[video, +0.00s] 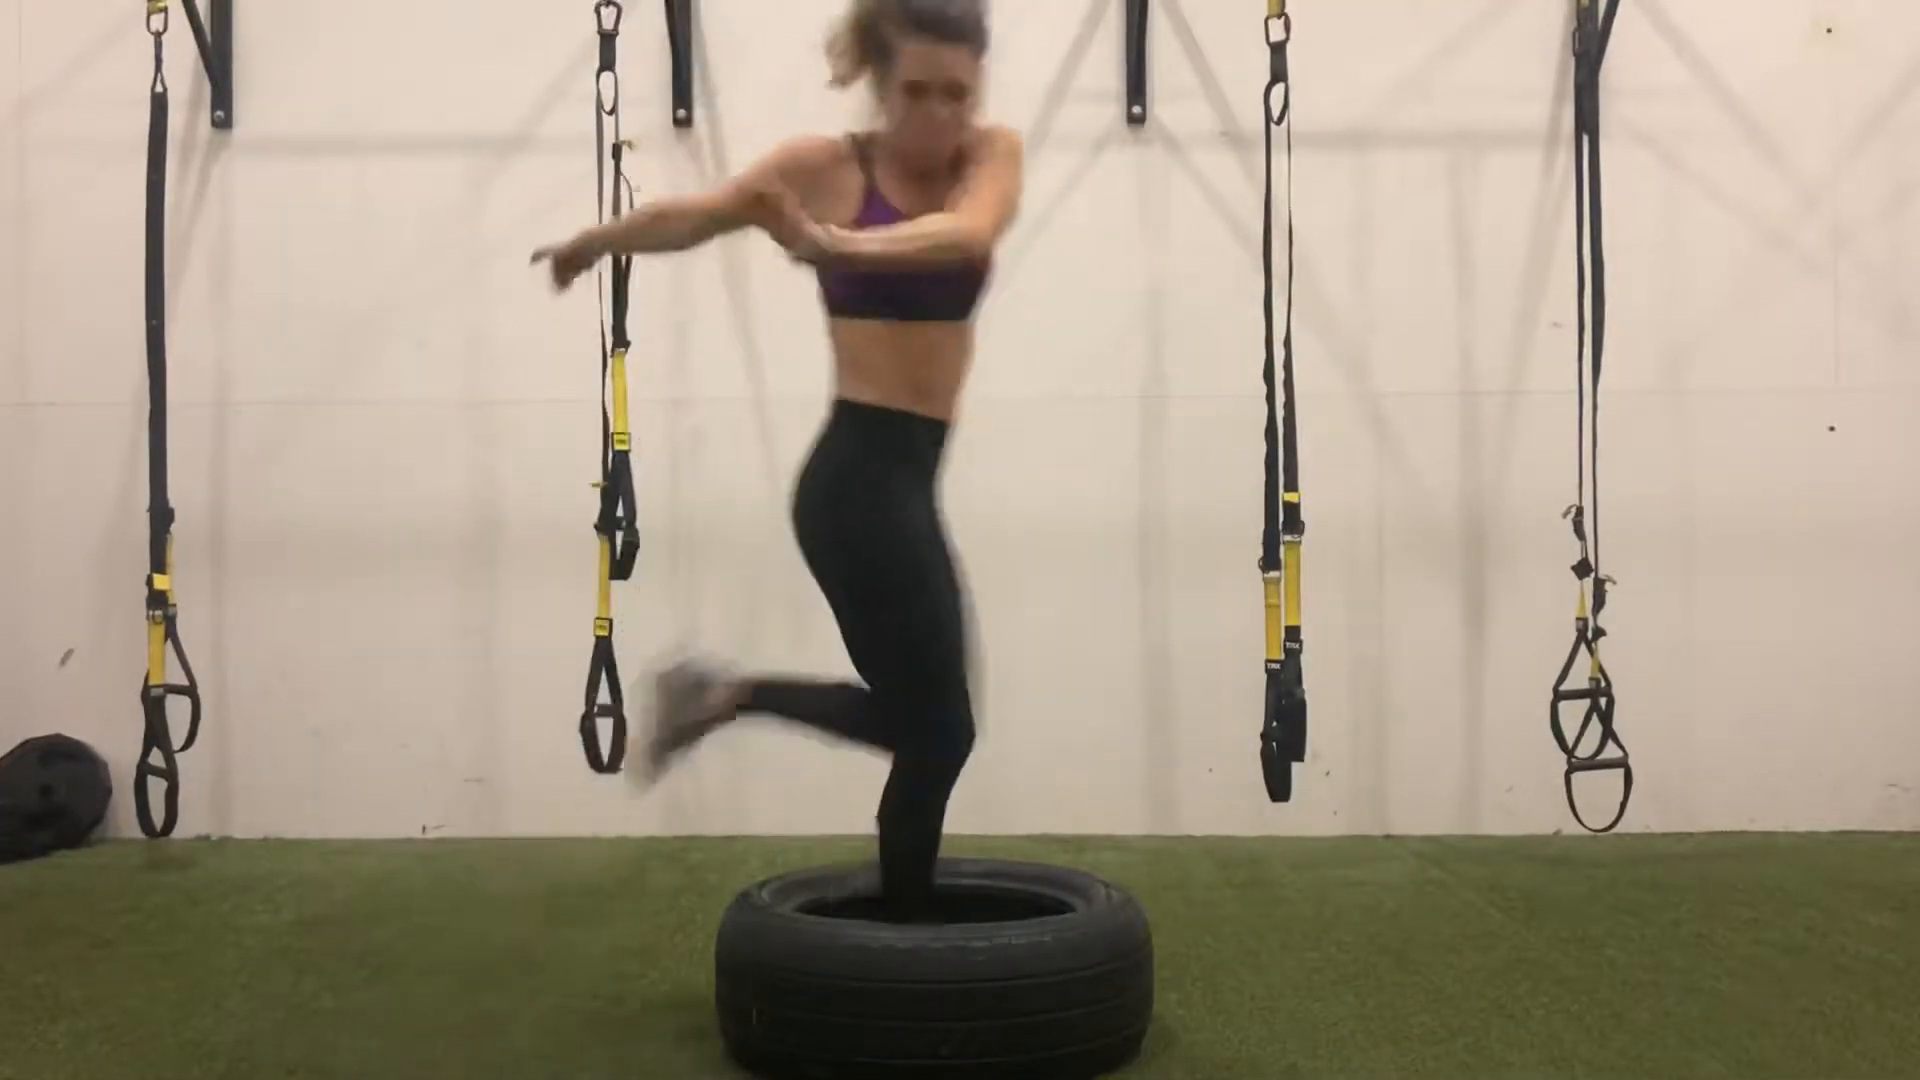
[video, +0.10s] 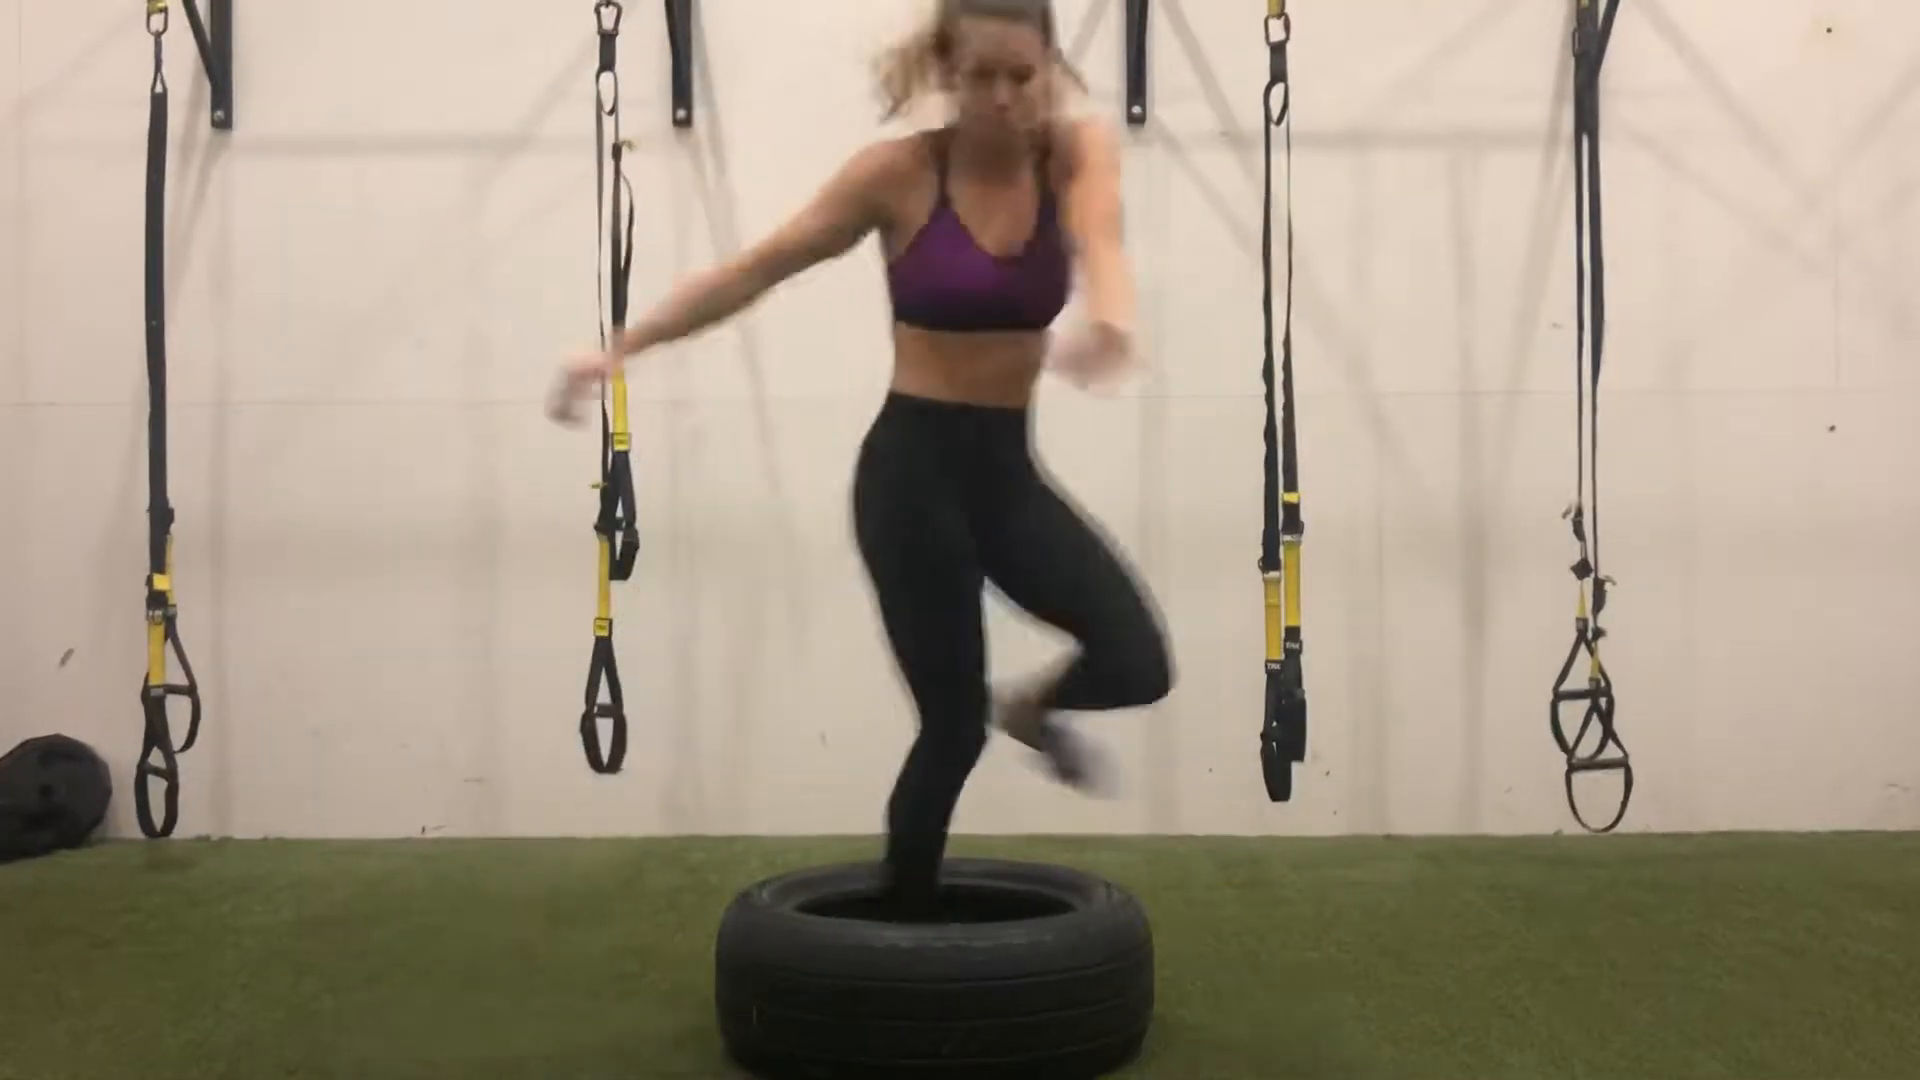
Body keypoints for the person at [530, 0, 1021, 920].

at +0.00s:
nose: (945, 117)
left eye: (962, 95)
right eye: (925, 94)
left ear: (980, 88)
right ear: (881, 85)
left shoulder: (990, 152)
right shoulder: (825, 166)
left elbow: (971, 233)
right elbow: (697, 220)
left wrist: (836, 245)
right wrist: (597, 240)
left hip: (906, 487)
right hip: (856, 487)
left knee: (926, 723)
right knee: (936, 734)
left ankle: (726, 695)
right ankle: (906, 946)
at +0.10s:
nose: (1003, 98)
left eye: (1021, 77)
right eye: (983, 77)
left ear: (1047, 69)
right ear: (946, 71)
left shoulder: (1077, 147)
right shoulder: (894, 173)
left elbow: (1099, 236)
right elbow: (747, 277)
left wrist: (1111, 320)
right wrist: (613, 351)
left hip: (1007, 473)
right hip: (913, 474)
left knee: (1140, 665)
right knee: (956, 723)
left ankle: (1026, 707)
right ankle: (904, 935)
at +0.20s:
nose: (1037, 76)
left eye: (1056, 54)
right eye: (1017, 54)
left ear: (1085, 55)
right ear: (984, 55)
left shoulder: (1127, 146)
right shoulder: (937, 160)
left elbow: (1210, 269)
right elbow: (836, 278)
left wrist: (1268, 415)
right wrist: (831, 327)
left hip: (1075, 446)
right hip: (966, 451)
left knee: (1184, 669)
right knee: (1028, 696)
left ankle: (1257, 862)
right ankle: (940, 868)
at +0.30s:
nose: (1061, 120)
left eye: (1082, 100)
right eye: (1042, 99)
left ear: (1120, 98)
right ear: (1013, 95)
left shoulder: (1176, 196)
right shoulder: (978, 228)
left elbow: (1285, 311)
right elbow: (960, 371)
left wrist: (1348, 458)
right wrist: (998, 371)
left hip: (1157, 494)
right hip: (1049, 503)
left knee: (1259, 748)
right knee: (1091, 734)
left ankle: (1384, 981)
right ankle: (1053, 733)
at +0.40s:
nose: (1064, 142)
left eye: (1087, 122)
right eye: (1047, 121)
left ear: (1129, 125)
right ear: (1024, 126)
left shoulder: (1193, 216)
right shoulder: (1004, 261)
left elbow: (1292, 324)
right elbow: (1014, 383)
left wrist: (1335, 441)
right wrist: (965, 454)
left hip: (1212, 512)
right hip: (1103, 538)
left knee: (1300, 766)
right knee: (1108, 776)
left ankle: (1427, 1004)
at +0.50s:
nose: (1051, 144)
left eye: (1074, 122)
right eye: (1033, 121)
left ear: (1119, 119)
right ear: (1011, 118)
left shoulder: (1178, 206)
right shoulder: (989, 242)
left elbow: (1281, 298)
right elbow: (961, 373)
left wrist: (1325, 404)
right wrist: (931, 442)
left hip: (1204, 484)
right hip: (1108, 508)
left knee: (1207, 730)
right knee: (1142, 772)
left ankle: (1396, 933)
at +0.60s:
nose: (1036, 199)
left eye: (1058, 180)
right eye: (1019, 177)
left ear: (1098, 179)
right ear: (995, 171)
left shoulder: (1151, 250)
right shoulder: (975, 281)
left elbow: (1277, 289)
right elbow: (889, 427)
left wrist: (1367, 325)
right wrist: (931, 344)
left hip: (1191, 507)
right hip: (1117, 532)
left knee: (1020, 628)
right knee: (1195, 770)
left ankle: (1218, 765)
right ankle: (1360, 960)